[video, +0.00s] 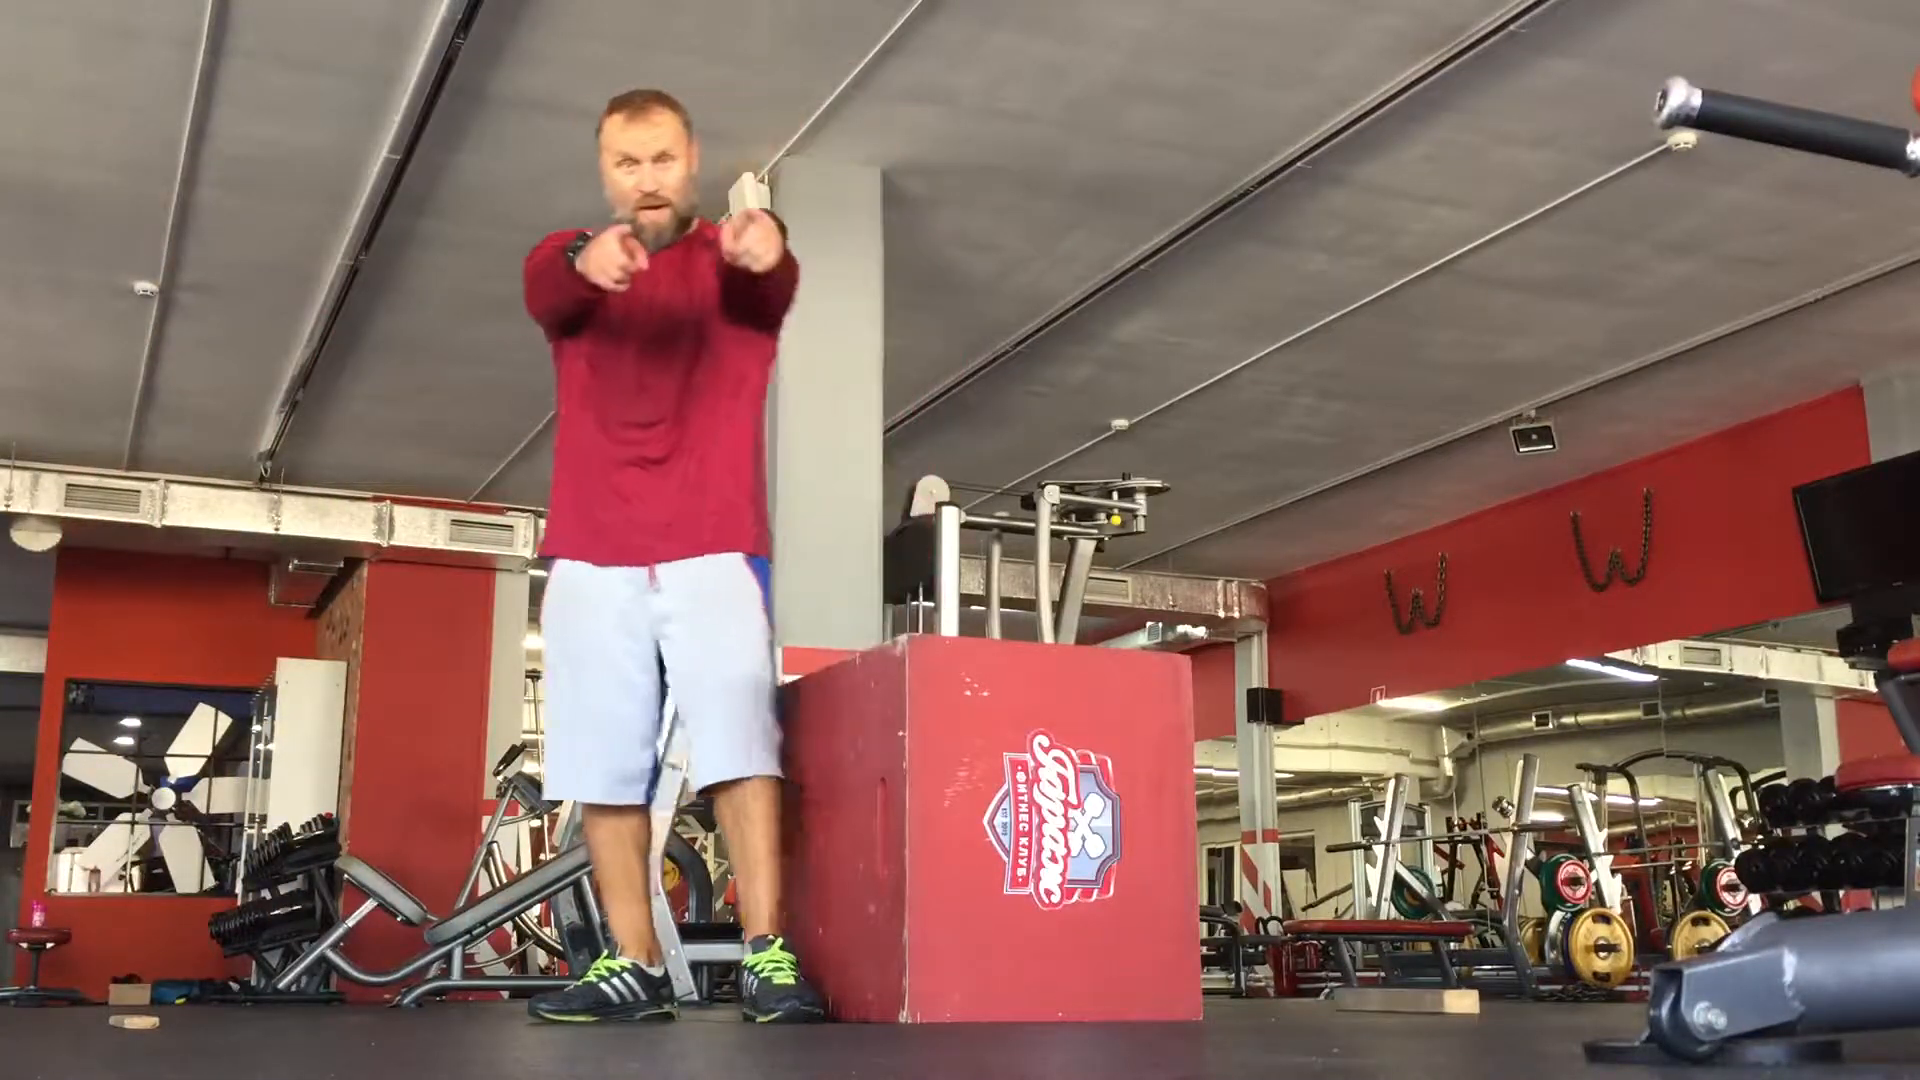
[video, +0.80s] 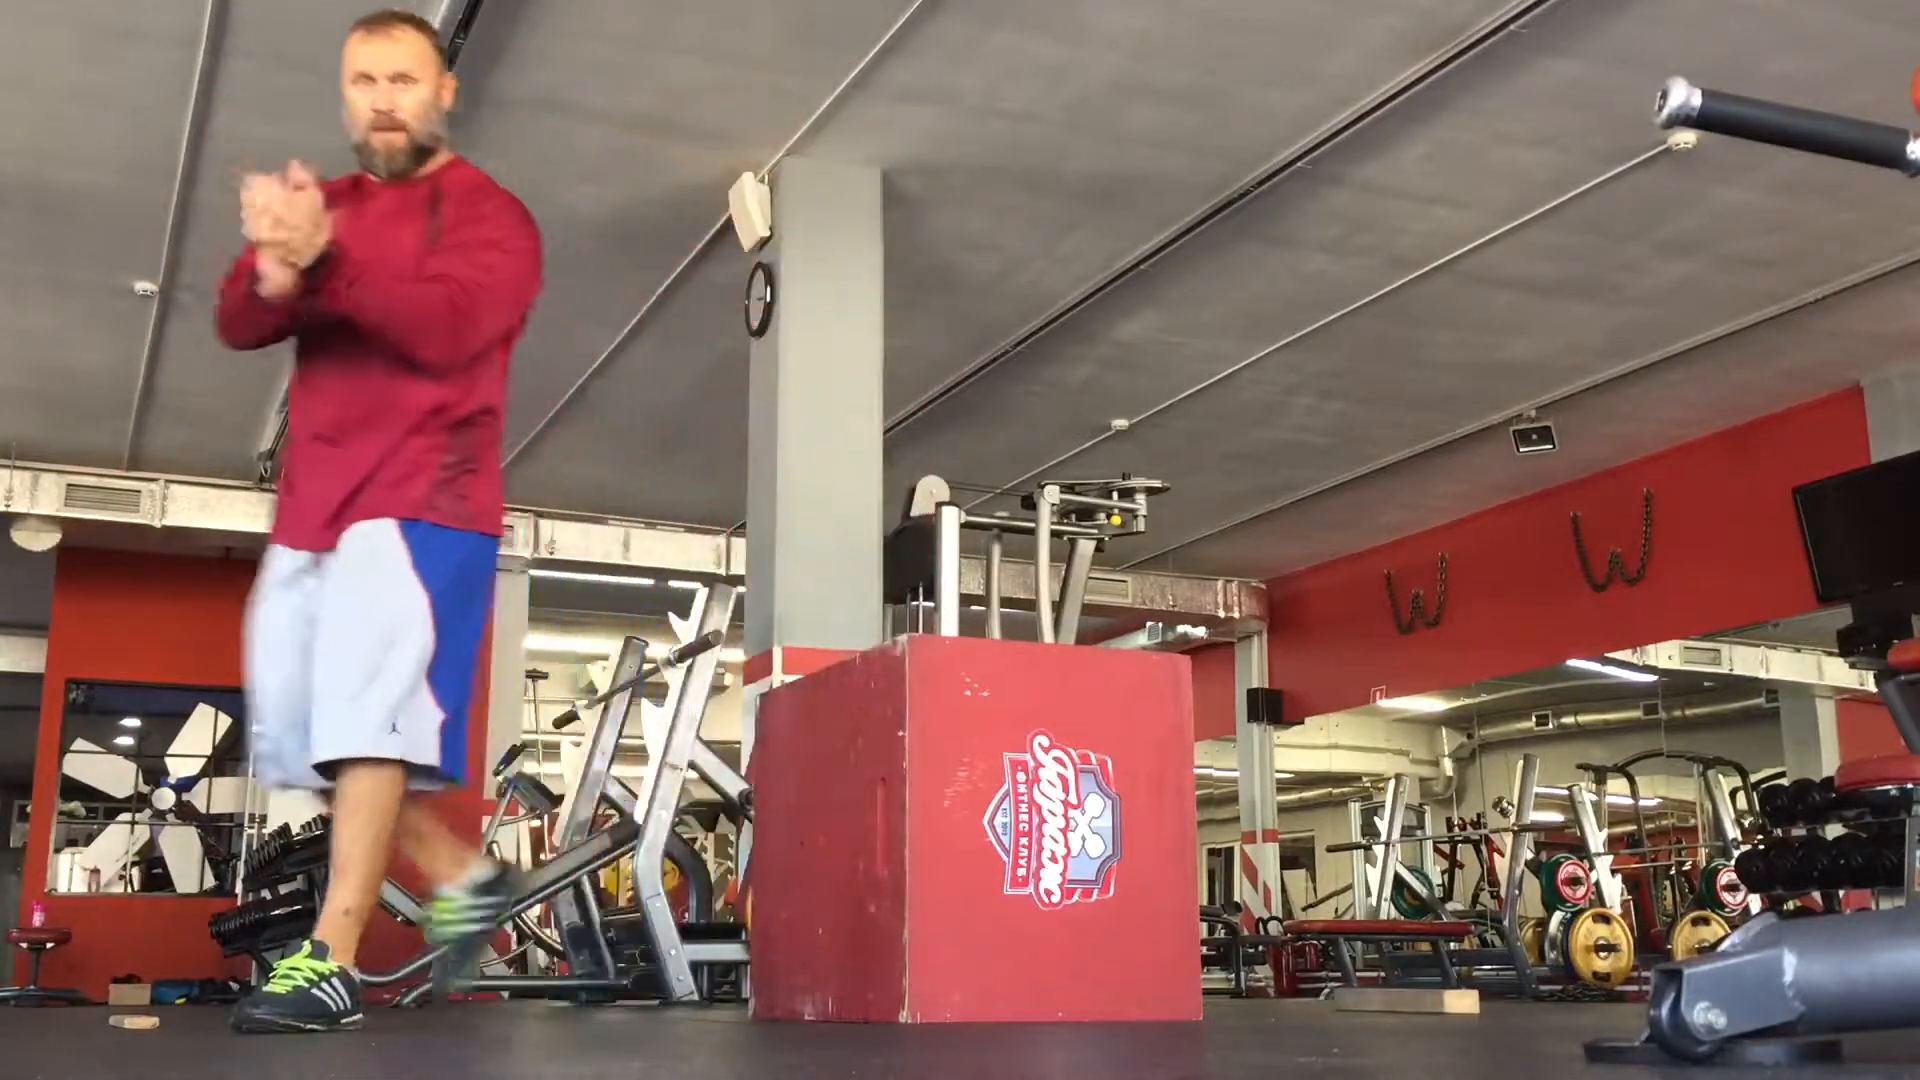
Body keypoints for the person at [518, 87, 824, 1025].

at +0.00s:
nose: (646, 174)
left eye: (662, 157)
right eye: (627, 161)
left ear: (694, 163)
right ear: (602, 173)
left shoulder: (736, 255)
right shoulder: (568, 258)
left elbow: (766, 280)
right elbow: (545, 288)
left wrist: (760, 252)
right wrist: (587, 264)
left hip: (714, 547)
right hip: (593, 556)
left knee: (739, 742)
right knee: (606, 758)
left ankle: (764, 953)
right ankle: (636, 964)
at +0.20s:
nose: (594, 178)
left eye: (610, 160)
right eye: (574, 164)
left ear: (641, 165)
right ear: (550, 176)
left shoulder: (688, 253)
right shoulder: (522, 261)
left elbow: (721, 283)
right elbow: (492, 294)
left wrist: (698, 251)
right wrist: (530, 270)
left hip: (655, 527)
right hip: (550, 537)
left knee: (652, 726)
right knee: (575, 742)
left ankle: (662, 947)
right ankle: (623, 949)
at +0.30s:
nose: (566, 175)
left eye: (582, 156)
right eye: (546, 161)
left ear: (614, 163)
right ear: (525, 176)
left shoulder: (659, 253)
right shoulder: (505, 270)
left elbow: (690, 278)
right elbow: (452, 329)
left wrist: (717, 253)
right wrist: (469, 282)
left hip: (627, 522)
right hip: (529, 532)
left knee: (607, 720)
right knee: (569, 739)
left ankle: (579, 940)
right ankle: (631, 958)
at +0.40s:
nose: (532, 168)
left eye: (549, 148)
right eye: (513, 153)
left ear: (585, 156)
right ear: (493, 170)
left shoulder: (634, 254)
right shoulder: (463, 276)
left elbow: (687, 295)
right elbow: (391, 356)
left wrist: (739, 275)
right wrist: (381, 275)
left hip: (599, 525)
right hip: (497, 536)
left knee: (546, 716)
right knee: (551, 744)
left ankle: (481, 940)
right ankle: (636, 963)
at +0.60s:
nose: (456, 149)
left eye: (475, 129)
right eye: (437, 134)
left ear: (516, 140)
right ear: (419, 153)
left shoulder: (560, 249)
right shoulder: (387, 270)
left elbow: (615, 341)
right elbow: (302, 336)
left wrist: (646, 289)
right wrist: (256, 209)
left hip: (514, 529)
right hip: (436, 532)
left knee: (413, 715)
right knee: (522, 746)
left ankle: (335, 959)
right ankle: (628, 950)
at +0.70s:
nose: (419, 124)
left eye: (440, 105)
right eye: (401, 108)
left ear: (480, 119)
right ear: (382, 125)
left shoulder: (526, 234)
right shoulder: (346, 238)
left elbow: (537, 335)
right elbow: (284, 334)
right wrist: (269, 218)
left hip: (468, 508)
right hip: (380, 512)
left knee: (386, 716)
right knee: (440, 751)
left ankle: (331, 961)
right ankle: (585, 923)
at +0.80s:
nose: (380, 97)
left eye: (403, 78)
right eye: (362, 81)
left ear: (447, 94)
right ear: (344, 99)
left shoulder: (490, 216)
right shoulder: (320, 205)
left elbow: (455, 328)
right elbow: (237, 323)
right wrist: (272, 263)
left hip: (423, 500)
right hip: (316, 502)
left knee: (375, 713)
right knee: (292, 713)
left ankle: (332, 960)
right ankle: (463, 876)